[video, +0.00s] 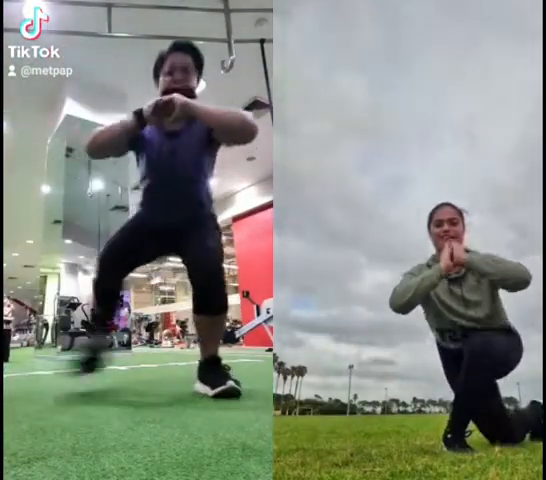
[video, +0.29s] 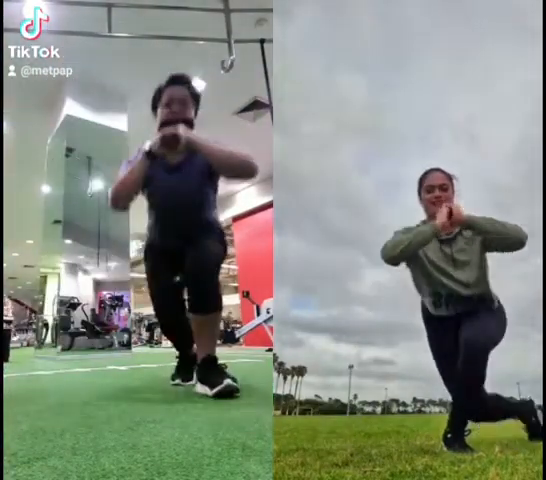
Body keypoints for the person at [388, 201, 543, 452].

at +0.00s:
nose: (446, 229)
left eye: (453, 223)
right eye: (438, 224)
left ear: (464, 228)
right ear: (430, 233)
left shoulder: (479, 262)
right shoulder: (423, 272)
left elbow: (522, 278)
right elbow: (398, 304)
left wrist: (467, 258)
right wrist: (440, 270)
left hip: (499, 343)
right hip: (455, 353)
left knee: (477, 351)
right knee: (502, 435)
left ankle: (455, 434)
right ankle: (535, 414)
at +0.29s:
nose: (437, 195)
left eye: (443, 189)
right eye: (429, 190)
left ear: (453, 195)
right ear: (420, 198)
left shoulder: (473, 233)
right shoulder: (413, 235)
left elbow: (519, 238)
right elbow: (389, 255)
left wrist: (466, 220)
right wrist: (435, 226)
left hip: (482, 313)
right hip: (440, 323)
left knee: (473, 343)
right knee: (470, 405)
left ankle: (455, 433)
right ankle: (525, 410)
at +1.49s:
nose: (356, 186)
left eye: (363, 180)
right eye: (349, 180)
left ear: (373, 186)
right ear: (339, 186)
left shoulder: (387, 221)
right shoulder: (331, 224)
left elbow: (418, 234)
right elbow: (299, 243)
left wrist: (374, 208)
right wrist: (345, 213)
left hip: (380, 306)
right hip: (339, 300)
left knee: (384, 384)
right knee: (333, 350)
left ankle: (345, 387)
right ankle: (349, 438)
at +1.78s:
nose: (343, 228)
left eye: (351, 223)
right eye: (336, 223)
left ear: (360, 230)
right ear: (326, 230)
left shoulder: (373, 264)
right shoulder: (314, 267)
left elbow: (398, 293)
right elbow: (286, 298)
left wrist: (359, 262)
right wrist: (332, 266)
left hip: (363, 353)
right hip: (325, 344)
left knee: (340, 427)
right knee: (312, 347)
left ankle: (309, 423)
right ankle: (347, 437)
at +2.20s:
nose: (342, 197)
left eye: (349, 192)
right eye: (335, 191)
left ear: (358, 198)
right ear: (325, 199)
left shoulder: (376, 235)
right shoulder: (316, 237)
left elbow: (412, 242)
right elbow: (290, 261)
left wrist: (364, 223)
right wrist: (335, 230)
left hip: (370, 321)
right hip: (328, 317)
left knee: (350, 399)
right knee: (321, 352)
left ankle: (313, 416)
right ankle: (346, 434)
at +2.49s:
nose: (365, 172)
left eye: (371, 166)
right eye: (357, 166)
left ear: (381, 172)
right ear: (346, 174)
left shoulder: (397, 212)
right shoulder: (335, 210)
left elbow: (434, 228)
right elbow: (309, 234)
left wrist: (388, 202)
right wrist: (357, 207)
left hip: (390, 300)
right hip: (344, 298)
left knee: (424, 339)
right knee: (329, 347)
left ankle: (415, 423)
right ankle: (348, 436)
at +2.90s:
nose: (395, 218)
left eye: (403, 212)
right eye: (387, 212)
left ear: (413, 220)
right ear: (376, 221)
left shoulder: (432, 257)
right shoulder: (363, 264)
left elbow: (464, 290)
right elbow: (342, 307)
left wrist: (413, 261)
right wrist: (387, 266)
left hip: (429, 342)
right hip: (381, 342)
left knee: (469, 340)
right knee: (340, 344)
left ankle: (468, 435)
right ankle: (351, 437)